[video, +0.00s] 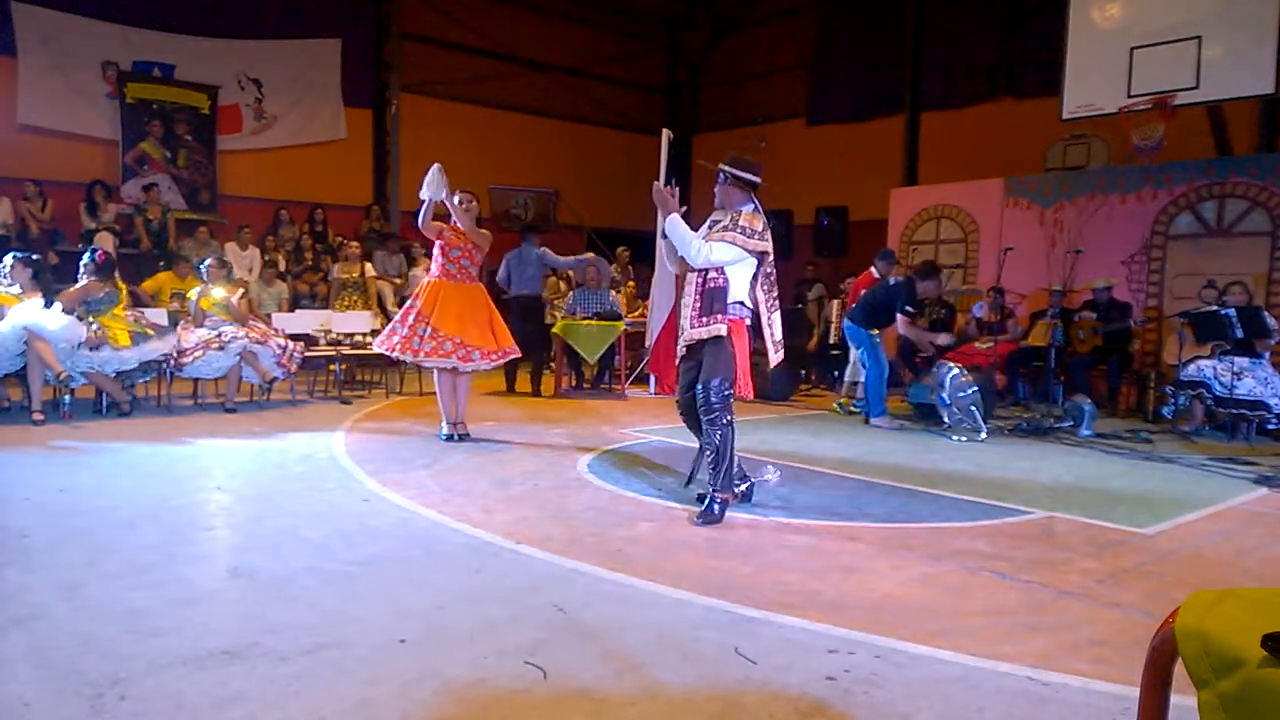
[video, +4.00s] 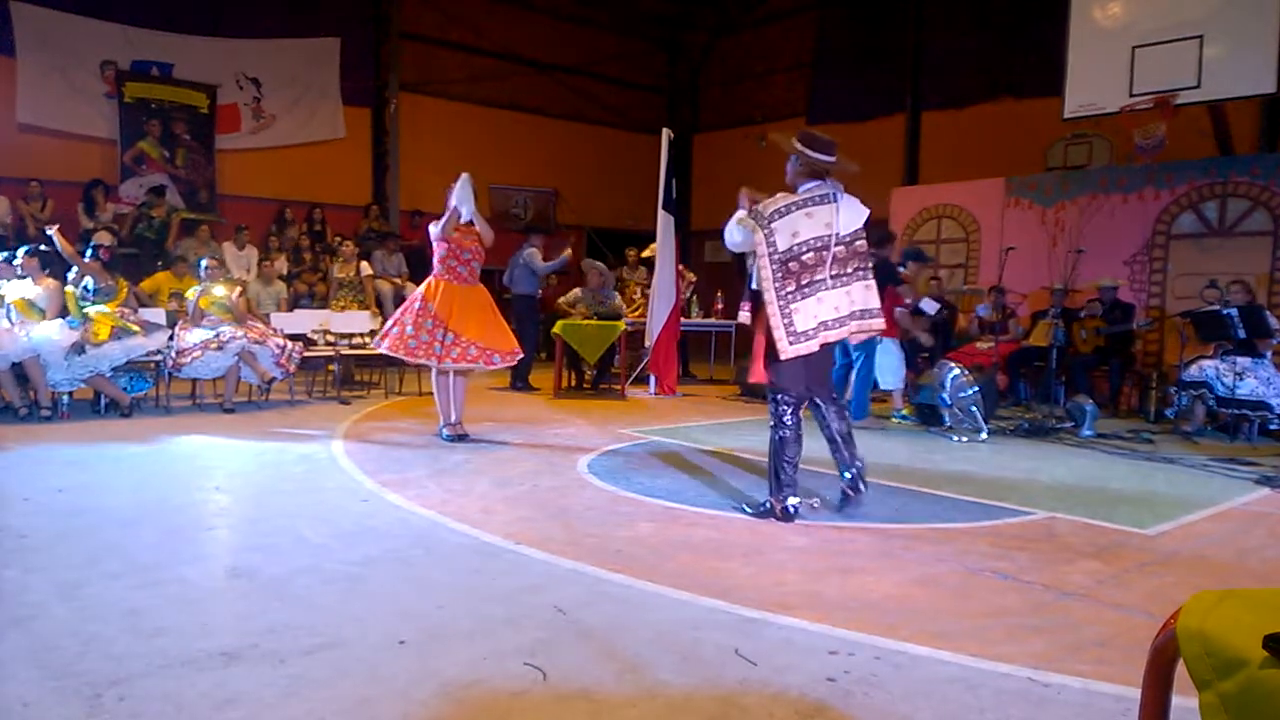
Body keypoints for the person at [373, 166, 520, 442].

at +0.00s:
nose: (464, 204)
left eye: (469, 200)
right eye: (460, 202)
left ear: (479, 208)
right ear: (452, 209)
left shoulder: (484, 238)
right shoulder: (443, 230)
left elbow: (468, 228)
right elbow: (424, 225)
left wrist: (449, 203)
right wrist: (430, 199)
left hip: (468, 297)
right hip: (440, 296)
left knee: (464, 364)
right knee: (443, 363)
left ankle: (460, 420)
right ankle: (447, 420)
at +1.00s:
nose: (464, 205)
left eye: (469, 201)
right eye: (459, 202)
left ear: (478, 209)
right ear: (453, 208)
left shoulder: (482, 237)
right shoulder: (442, 231)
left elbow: (477, 226)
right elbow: (425, 223)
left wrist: (457, 204)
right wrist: (433, 199)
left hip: (471, 297)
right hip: (443, 295)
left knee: (467, 364)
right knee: (445, 363)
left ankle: (461, 420)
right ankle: (447, 420)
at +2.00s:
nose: (452, 205)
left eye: (458, 201)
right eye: (448, 201)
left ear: (467, 205)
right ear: (441, 206)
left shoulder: (478, 232)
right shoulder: (435, 234)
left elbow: (504, 243)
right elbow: (452, 241)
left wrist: (484, 217)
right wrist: (474, 214)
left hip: (474, 299)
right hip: (447, 299)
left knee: (468, 365)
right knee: (448, 366)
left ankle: (461, 421)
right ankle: (447, 421)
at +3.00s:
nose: (452, 212)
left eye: (457, 207)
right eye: (447, 207)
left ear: (466, 211)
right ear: (441, 211)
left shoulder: (476, 231)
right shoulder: (438, 240)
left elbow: (497, 256)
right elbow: (457, 262)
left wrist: (496, 233)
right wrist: (486, 243)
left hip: (469, 303)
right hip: (444, 303)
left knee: (463, 365)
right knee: (443, 365)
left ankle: (458, 421)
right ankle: (446, 421)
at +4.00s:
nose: (459, 207)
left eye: (462, 204)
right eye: (455, 202)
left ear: (467, 207)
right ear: (448, 204)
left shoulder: (477, 233)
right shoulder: (437, 229)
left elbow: (489, 238)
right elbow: (442, 231)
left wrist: (473, 211)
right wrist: (453, 207)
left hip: (469, 297)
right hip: (442, 295)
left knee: (462, 365)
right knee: (442, 364)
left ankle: (457, 421)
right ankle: (445, 422)